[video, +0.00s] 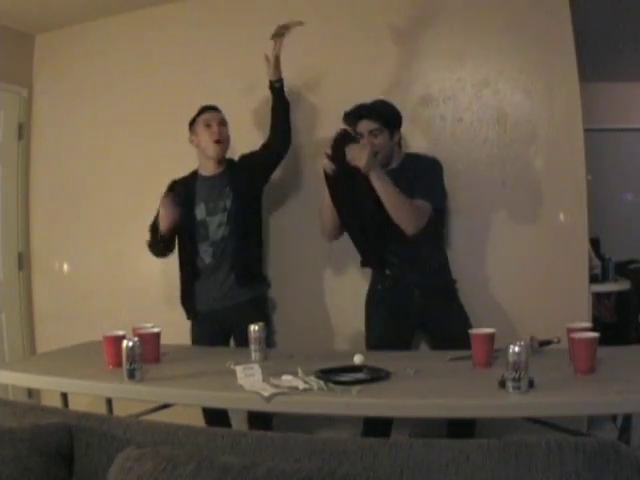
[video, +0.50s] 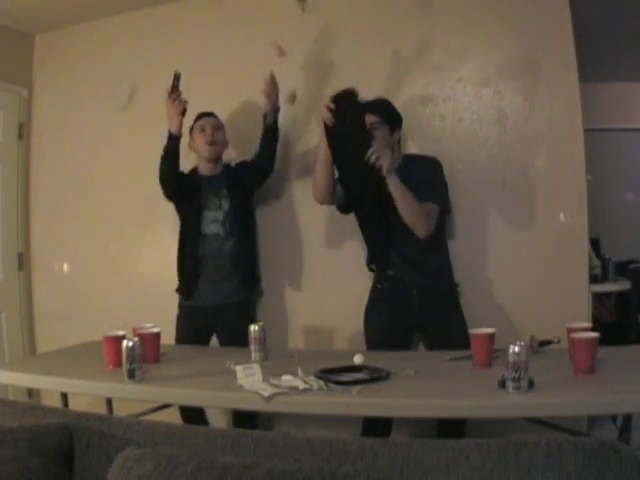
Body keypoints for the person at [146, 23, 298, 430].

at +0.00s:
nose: (219, 130)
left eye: (223, 125)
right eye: (209, 126)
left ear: (229, 135)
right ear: (193, 139)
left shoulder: (248, 173)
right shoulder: (179, 189)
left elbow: (279, 141)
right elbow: (159, 250)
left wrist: (275, 75)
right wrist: (164, 227)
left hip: (249, 300)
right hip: (205, 306)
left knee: (258, 386)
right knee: (210, 394)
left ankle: (262, 458)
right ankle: (224, 459)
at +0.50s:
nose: (211, 134)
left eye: (217, 129)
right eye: (203, 129)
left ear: (226, 140)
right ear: (191, 142)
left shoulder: (242, 178)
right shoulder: (185, 185)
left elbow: (265, 161)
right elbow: (168, 180)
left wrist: (271, 113)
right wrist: (173, 129)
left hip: (236, 297)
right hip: (195, 299)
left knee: (243, 376)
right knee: (182, 376)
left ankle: (245, 447)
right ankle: (202, 444)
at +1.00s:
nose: (175, 148)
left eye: (178, 143)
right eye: (166, 146)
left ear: (188, 151)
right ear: (155, 158)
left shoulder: (217, 191)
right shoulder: (154, 199)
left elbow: (251, 227)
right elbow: (170, 227)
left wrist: (275, 205)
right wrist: (168, 167)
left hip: (229, 303)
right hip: (186, 308)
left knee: (249, 379)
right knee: (176, 383)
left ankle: (263, 448)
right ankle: (185, 449)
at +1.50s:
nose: (225, 147)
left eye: (228, 141)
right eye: (215, 143)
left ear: (235, 149)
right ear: (201, 155)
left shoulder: (261, 192)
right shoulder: (196, 203)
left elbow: (288, 239)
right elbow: (208, 234)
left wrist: (311, 218)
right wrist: (196, 178)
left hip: (270, 308)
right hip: (222, 312)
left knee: (277, 391)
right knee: (201, 391)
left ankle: (270, 459)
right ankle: (187, 457)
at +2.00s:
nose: (219, 145)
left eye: (225, 139)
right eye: (211, 140)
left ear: (234, 149)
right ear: (199, 154)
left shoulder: (256, 198)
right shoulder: (195, 197)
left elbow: (274, 247)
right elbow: (189, 189)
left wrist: (301, 238)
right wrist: (184, 144)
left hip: (259, 306)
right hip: (215, 308)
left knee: (273, 388)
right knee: (199, 388)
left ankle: (269, 458)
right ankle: (190, 455)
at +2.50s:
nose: (189, 143)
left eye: (192, 137)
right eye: (180, 138)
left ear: (198, 146)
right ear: (165, 150)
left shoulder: (219, 190)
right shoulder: (156, 193)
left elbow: (248, 236)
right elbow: (161, 191)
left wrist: (274, 222)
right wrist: (158, 139)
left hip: (233, 300)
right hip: (190, 304)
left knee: (255, 380)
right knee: (188, 385)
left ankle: (264, 452)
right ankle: (190, 455)